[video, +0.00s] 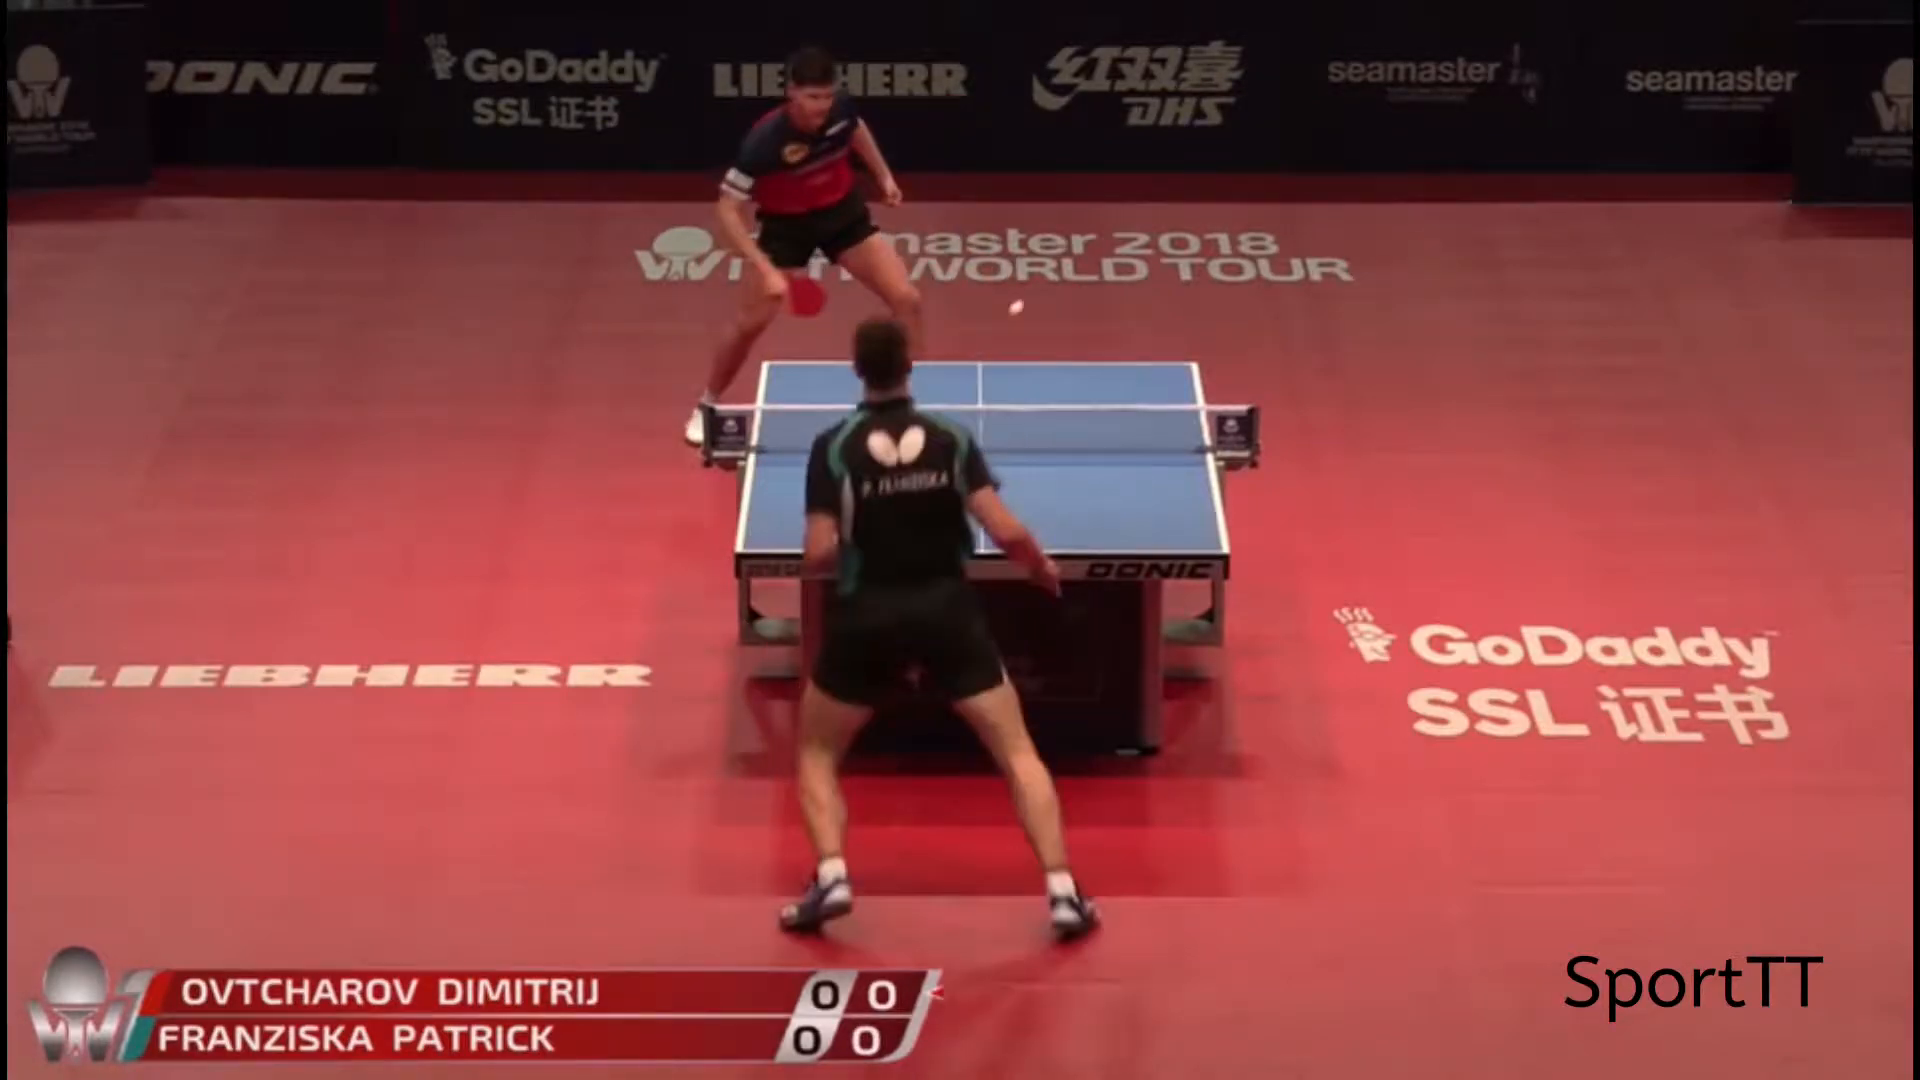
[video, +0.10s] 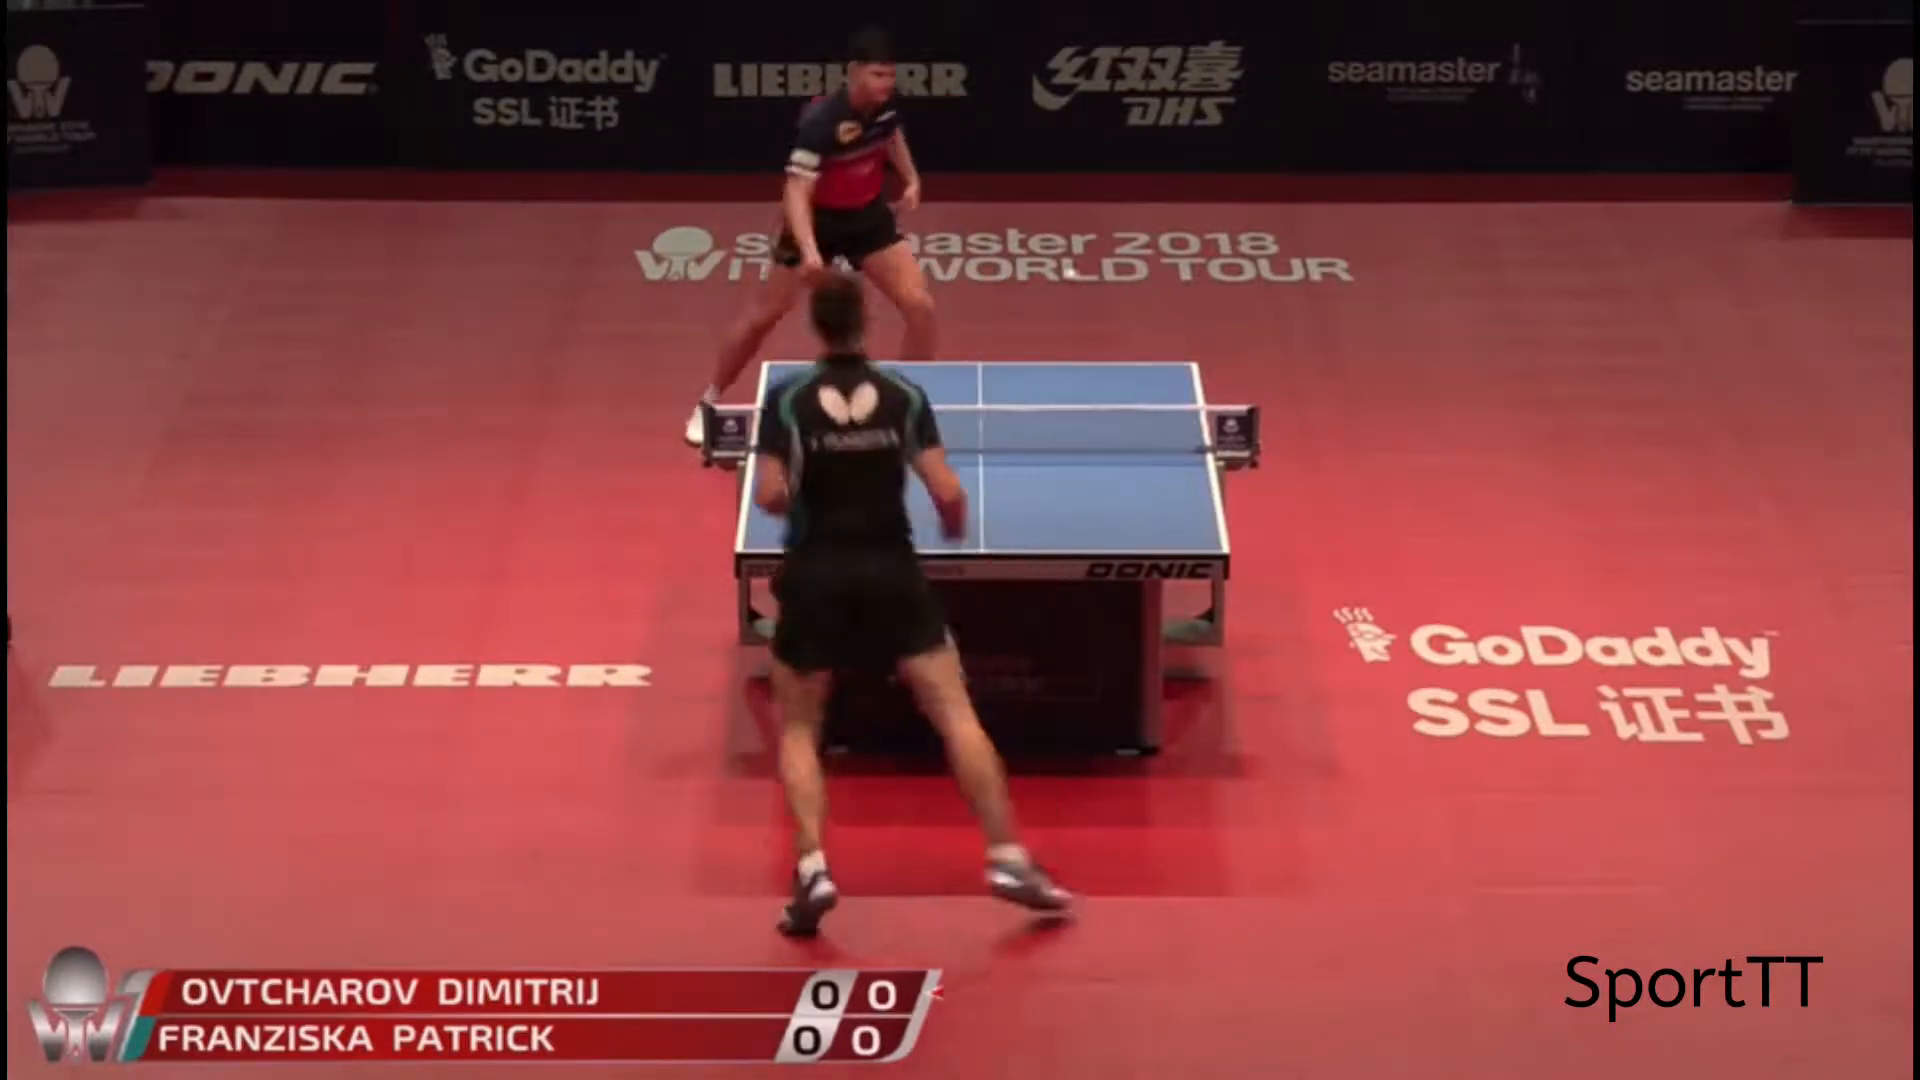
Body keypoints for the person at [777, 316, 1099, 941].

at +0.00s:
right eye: (902, 362)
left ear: (857, 371)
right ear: (909, 369)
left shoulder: (833, 446)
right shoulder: (951, 437)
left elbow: (820, 547)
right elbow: (1006, 530)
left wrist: (809, 565)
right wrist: (1040, 565)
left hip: (867, 623)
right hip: (950, 616)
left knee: (818, 750)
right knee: (1017, 752)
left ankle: (831, 877)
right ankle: (1063, 891)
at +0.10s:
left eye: (824, 317)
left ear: (813, 328)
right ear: (867, 324)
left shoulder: (787, 401)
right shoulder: (904, 396)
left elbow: (770, 492)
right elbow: (945, 492)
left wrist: (798, 498)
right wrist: (954, 524)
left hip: (816, 583)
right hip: (893, 577)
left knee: (799, 728)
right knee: (955, 716)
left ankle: (812, 868)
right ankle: (1006, 855)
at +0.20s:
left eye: (803, 297)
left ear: (800, 305)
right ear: (855, 301)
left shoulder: (773, 381)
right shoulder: (893, 377)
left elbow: (753, 469)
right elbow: (933, 474)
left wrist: (793, 481)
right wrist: (922, 502)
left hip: (800, 560)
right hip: (877, 555)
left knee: (796, 708)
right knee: (927, 696)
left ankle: (806, 850)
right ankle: (960, 841)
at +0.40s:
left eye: (745, 273)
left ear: (741, 280)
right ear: (795, 274)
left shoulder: (720, 344)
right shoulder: (843, 347)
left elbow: (696, 436)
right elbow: (873, 446)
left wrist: (724, 458)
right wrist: (825, 464)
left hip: (737, 522)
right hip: (813, 523)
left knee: (715, 670)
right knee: (799, 684)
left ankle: (712, 819)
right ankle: (772, 837)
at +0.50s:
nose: (719, 311)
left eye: (715, 301)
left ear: (716, 305)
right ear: (767, 298)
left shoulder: (704, 368)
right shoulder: (822, 373)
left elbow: (679, 459)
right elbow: (845, 472)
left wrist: (710, 476)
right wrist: (792, 480)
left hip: (711, 545)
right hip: (787, 550)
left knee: (667, 686)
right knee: (764, 711)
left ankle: (640, 836)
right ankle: (736, 868)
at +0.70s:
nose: (660, 319)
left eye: (655, 309)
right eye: (679, 304)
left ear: (656, 311)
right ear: (704, 308)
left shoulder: (637, 374)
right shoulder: (750, 383)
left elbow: (611, 468)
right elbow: (766, 486)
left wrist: (649, 470)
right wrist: (715, 476)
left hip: (642, 550)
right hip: (717, 556)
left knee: (596, 680)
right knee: (719, 705)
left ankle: (577, 822)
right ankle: (729, 834)